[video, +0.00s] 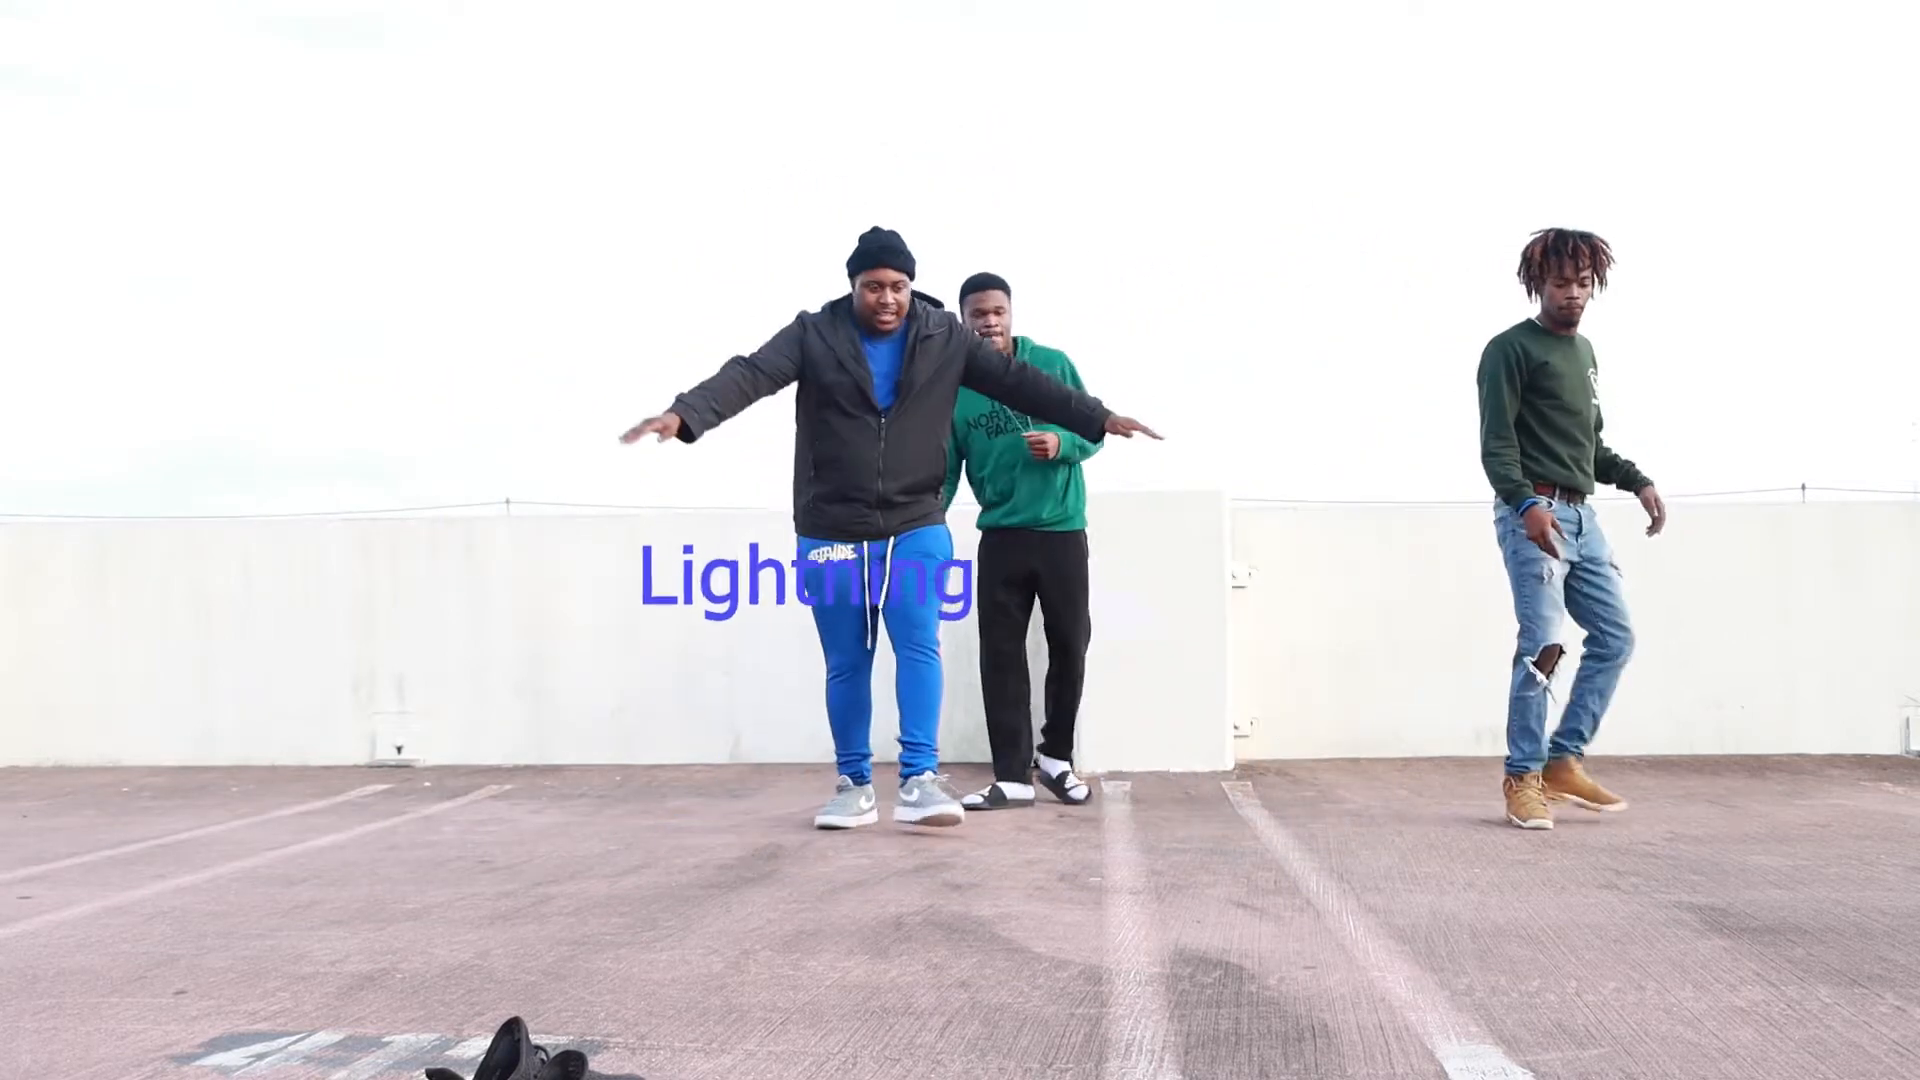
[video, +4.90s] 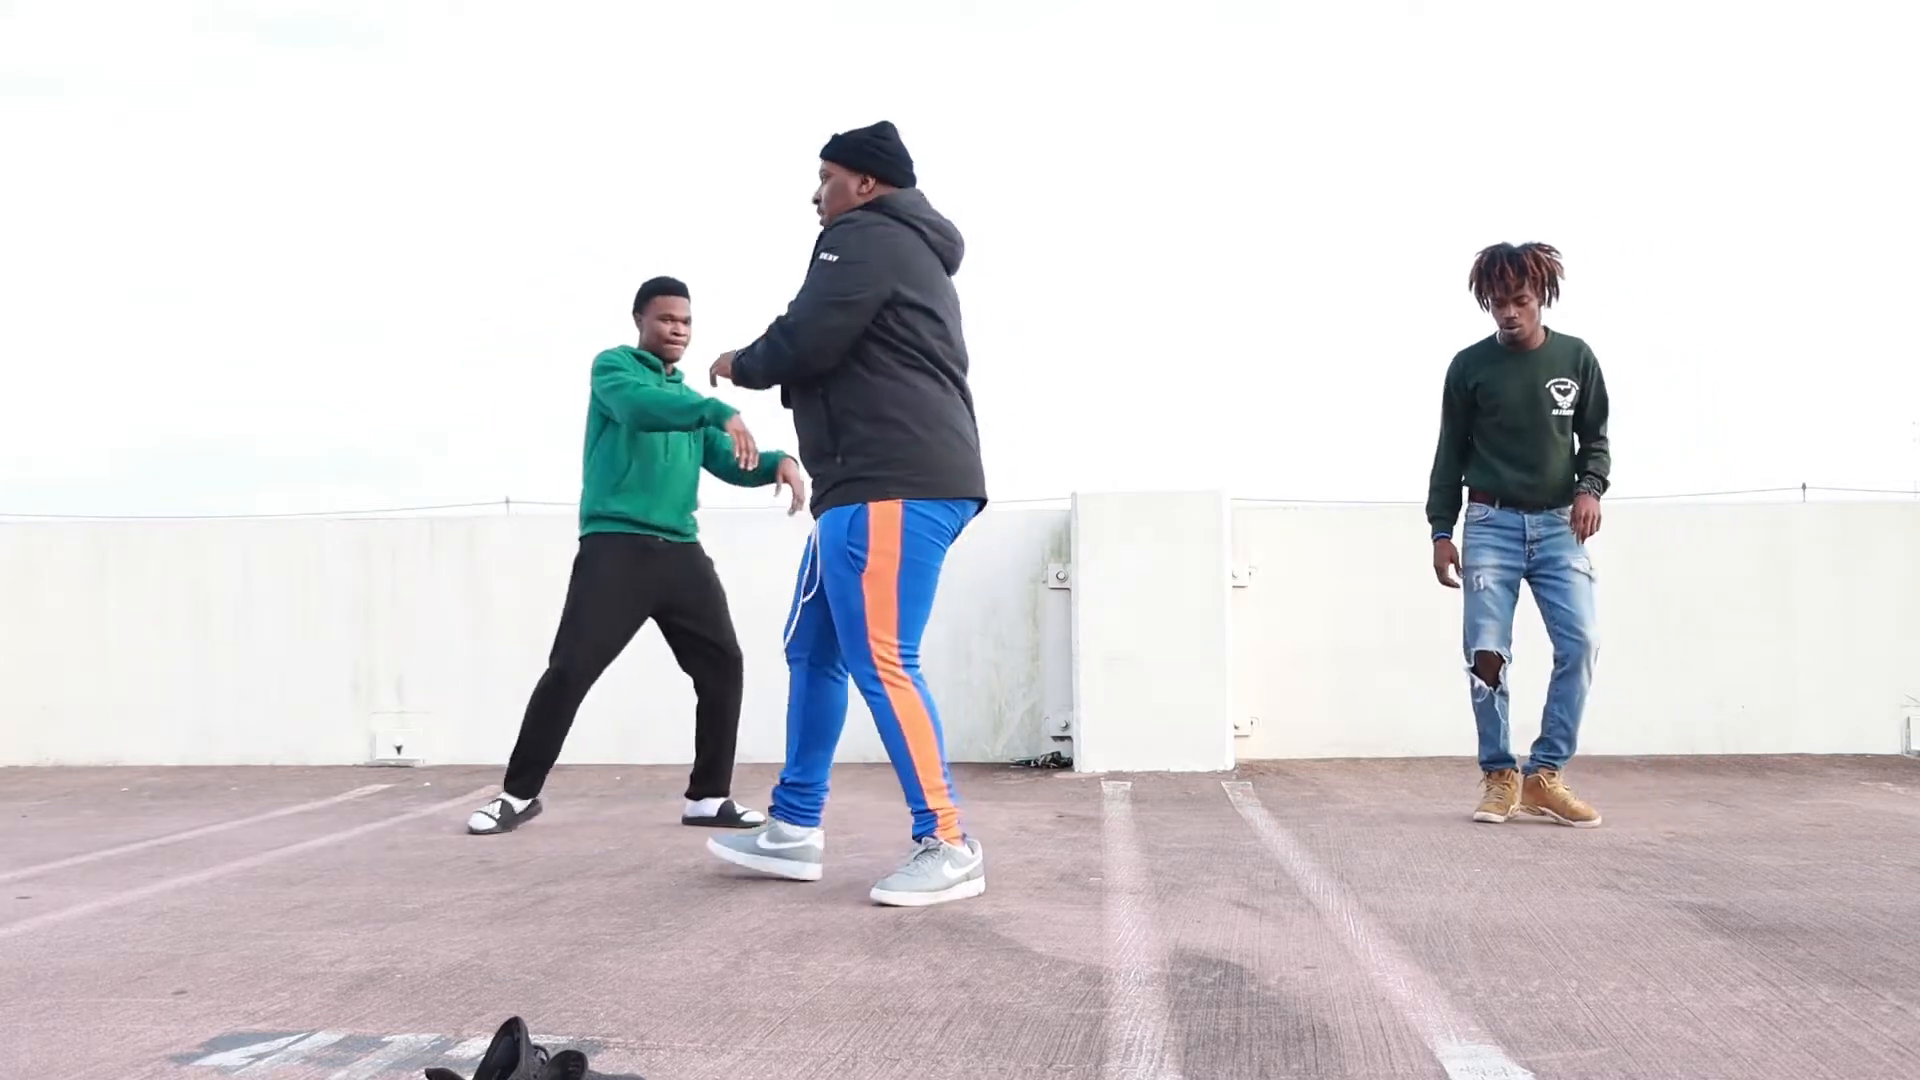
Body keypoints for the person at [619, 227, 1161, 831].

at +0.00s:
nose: (884, 299)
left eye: (895, 288)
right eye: (873, 288)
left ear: (911, 285)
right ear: (852, 285)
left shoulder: (944, 335)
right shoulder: (814, 335)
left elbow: (1017, 378)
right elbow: (751, 374)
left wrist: (1095, 415)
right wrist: (689, 413)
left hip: (914, 524)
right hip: (831, 528)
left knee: (917, 642)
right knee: (846, 659)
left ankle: (919, 782)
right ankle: (853, 785)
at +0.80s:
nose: (911, 255)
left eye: (922, 247)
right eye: (898, 245)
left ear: (936, 261)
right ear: (875, 256)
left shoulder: (969, 315)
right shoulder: (835, 307)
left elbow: (1036, 331)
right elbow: (765, 340)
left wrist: (1096, 312)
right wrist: (732, 316)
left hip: (941, 508)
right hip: (853, 506)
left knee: (933, 661)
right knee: (860, 654)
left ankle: (925, 798)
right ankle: (850, 804)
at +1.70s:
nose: (915, 286)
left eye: (927, 274)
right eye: (903, 275)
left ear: (947, 267)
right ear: (887, 269)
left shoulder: (986, 314)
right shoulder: (854, 314)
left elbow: (1052, 374)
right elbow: (785, 378)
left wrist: (1041, 387)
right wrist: (817, 379)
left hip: (955, 509)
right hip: (869, 505)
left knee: (941, 655)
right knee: (869, 643)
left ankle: (925, 796)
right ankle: (855, 791)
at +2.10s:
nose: (910, 276)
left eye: (919, 265)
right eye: (897, 267)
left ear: (932, 266)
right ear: (873, 269)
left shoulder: (964, 317)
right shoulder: (841, 317)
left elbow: (984, 396)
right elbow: (827, 389)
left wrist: (954, 329)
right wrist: (906, 372)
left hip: (942, 514)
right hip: (856, 516)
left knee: (932, 656)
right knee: (861, 659)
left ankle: (925, 793)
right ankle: (867, 783)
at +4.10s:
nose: (860, 207)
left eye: (871, 194)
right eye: (847, 202)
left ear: (900, 203)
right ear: (835, 222)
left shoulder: (956, 262)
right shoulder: (814, 288)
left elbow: (988, 339)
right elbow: (790, 382)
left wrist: (910, 321)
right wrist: (866, 343)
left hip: (962, 488)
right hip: (862, 498)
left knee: (978, 644)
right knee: (892, 663)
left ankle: (953, 776)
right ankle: (907, 822)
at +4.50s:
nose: (842, 204)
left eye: (854, 189)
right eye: (835, 194)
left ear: (899, 190)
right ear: (836, 206)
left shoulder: (945, 247)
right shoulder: (836, 286)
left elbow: (907, 344)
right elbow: (812, 402)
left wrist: (796, 348)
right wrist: (792, 363)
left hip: (938, 487)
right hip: (854, 500)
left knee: (911, 654)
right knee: (861, 671)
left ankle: (949, 843)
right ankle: (910, 829)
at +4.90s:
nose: (817, 195)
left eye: (827, 181)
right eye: (819, 182)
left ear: (864, 182)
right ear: (876, 185)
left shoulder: (864, 237)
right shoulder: (902, 246)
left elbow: (808, 342)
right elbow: (881, 370)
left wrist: (740, 364)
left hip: (895, 481)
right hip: (870, 484)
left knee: (880, 659)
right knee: (816, 651)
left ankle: (946, 845)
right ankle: (794, 827)